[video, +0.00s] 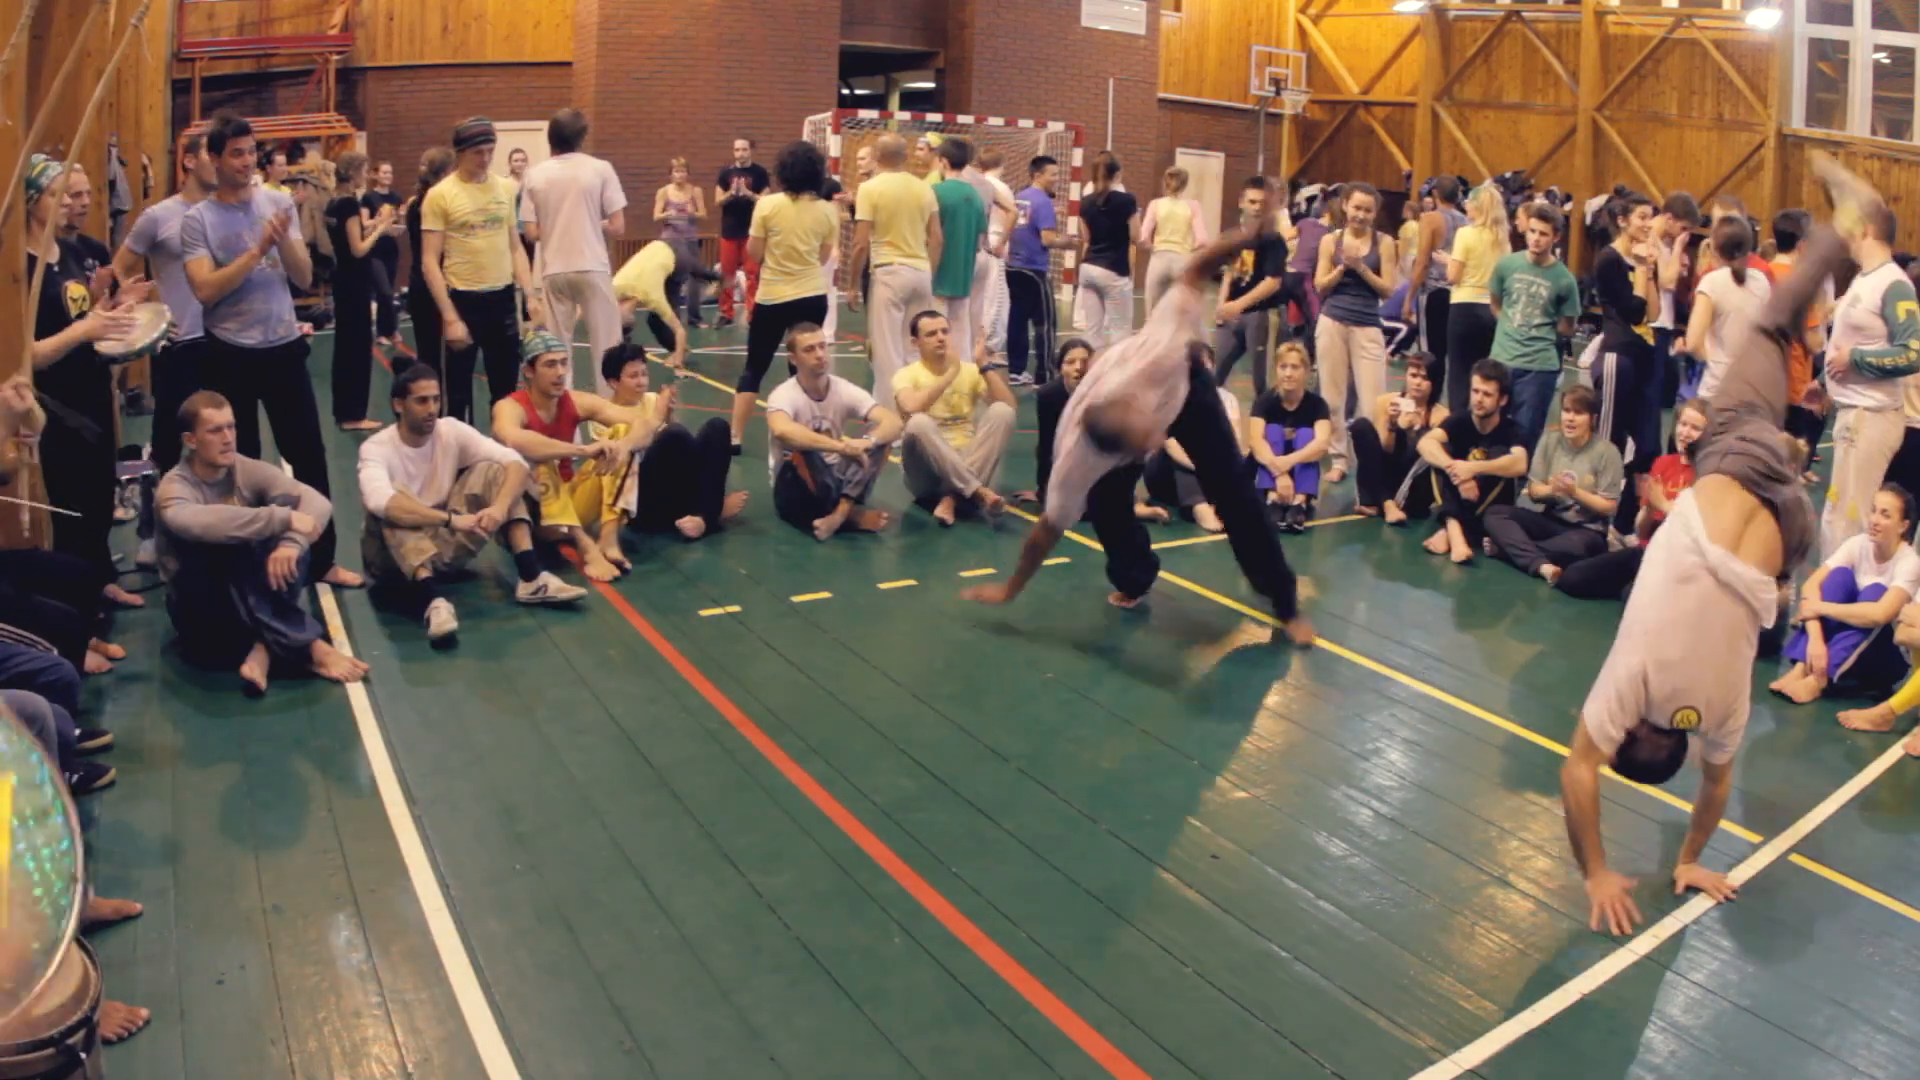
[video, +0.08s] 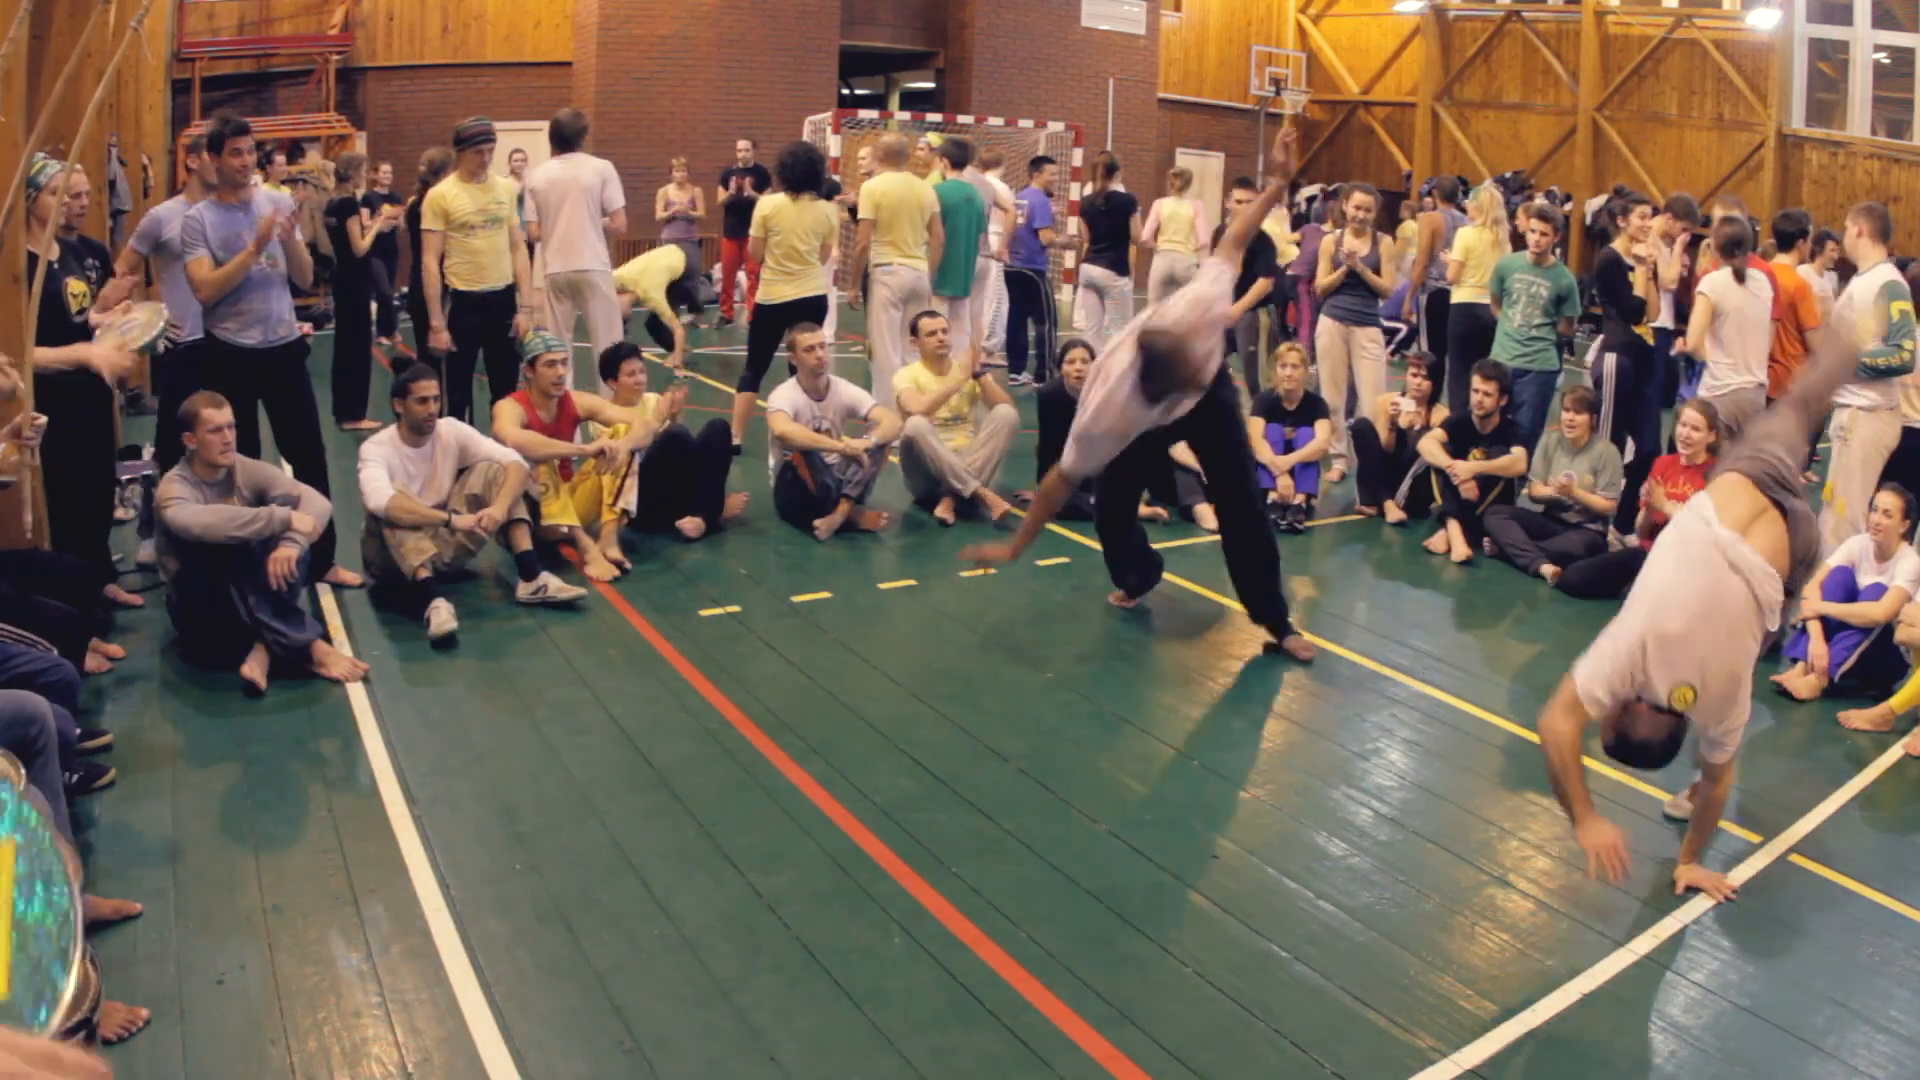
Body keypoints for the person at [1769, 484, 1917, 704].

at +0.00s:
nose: (1874, 520)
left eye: (1885, 515)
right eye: (1873, 511)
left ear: (1903, 526)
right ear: (1868, 512)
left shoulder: (1910, 562)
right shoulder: (1857, 545)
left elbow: (1880, 615)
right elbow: (1810, 586)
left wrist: (1819, 607)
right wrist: (1815, 641)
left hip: (1881, 666)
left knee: (1876, 592)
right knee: (1840, 576)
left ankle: (1818, 678)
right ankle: (1800, 667)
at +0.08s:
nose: (1876, 519)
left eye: (1887, 515)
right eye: (1874, 510)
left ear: (1904, 526)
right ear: (1868, 513)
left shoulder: (1910, 561)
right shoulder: (1856, 544)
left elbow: (1882, 614)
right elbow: (1810, 589)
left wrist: (1820, 608)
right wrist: (1816, 640)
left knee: (1876, 591)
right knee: (1840, 575)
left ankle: (1819, 677)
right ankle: (1802, 665)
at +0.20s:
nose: (1879, 519)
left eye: (1890, 514)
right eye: (1877, 510)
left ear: (1907, 525)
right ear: (1870, 513)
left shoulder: (1912, 561)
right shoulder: (1858, 543)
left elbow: (1883, 613)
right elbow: (1819, 588)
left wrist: (1824, 607)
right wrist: (1819, 639)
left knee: (1878, 590)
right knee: (1840, 574)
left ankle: (1822, 675)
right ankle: (1806, 663)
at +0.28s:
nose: (1881, 519)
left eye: (1892, 514)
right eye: (1879, 510)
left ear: (1909, 525)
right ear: (1872, 511)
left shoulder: (1912, 559)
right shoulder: (1858, 542)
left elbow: (1884, 611)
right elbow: (1813, 587)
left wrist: (1823, 604)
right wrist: (1819, 639)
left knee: (1878, 588)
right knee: (1843, 572)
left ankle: (1822, 674)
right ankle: (1803, 661)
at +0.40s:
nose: (1881, 516)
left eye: (1892, 512)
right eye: (1880, 507)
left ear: (1909, 524)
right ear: (1874, 510)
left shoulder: (1912, 559)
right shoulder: (1857, 543)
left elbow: (1886, 609)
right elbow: (1820, 588)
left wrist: (1828, 604)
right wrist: (1820, 639)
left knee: (1877, 586)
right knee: (1844, 571)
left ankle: (1828, 671)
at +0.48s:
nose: (1876, 511)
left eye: (1887, 507)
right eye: (1878, 504)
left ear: (1907, 524)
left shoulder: (1913, 558)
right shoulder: (1862, 541)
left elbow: (1885, 609)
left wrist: (1823, 603)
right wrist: (1823, 646)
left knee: (1879, 587)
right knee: (1847, 577)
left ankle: (1828, 672)